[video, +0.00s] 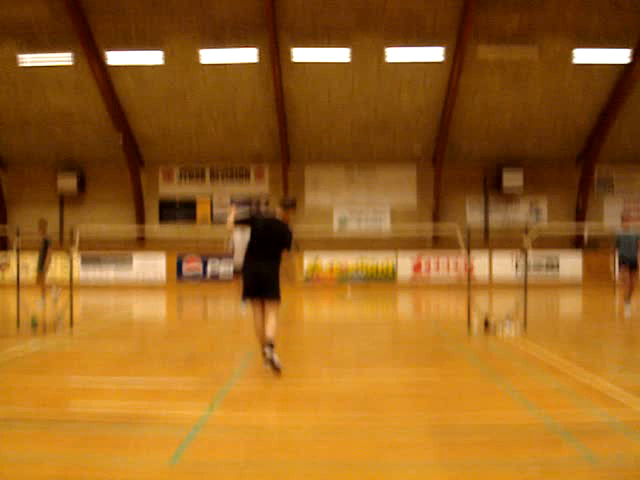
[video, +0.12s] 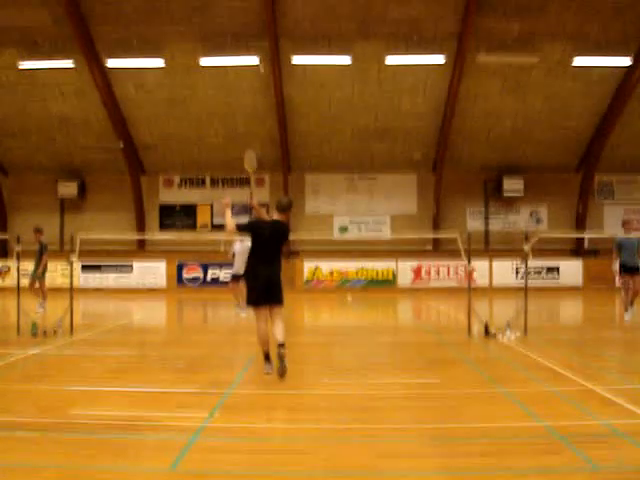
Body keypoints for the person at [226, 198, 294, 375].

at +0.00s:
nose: (289, 216)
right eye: (290, 213)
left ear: (275, 208)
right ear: (287, 213)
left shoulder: (258, 220)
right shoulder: (285, 230)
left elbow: (232, 225)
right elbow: (287, 254)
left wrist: (232, 213)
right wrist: (292, 277)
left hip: (252, 272)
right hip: (270, 274)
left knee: (258, 311)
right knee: (271, 309)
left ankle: (264, 349)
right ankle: (269, 343)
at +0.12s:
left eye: (276, 207)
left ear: (274, 208)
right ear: (289, 212)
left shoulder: (257, 225)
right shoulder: (284, 229)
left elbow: (231, 228)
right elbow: (268, 222)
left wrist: (227, 209)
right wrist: (257, 209)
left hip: (255, 275)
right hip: (273, 275)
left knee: (261, 319)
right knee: (277, 315)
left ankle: (267, 361)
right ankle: (281, 346)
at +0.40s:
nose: (269, 209)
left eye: (268, 206)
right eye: (277, 206)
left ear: (266, 208)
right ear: (281, 208)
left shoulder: (261, 227)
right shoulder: (281, 224)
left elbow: (248, 248)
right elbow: (261, 218)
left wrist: (228, 235)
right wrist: (249, 208)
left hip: (260, 275)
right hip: (277, 274)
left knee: (264, 317)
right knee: (279, 314)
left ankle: (268, 360)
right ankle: (290, 346)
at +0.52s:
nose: (263, 208)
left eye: (264, 204)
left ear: (263, 207)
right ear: (278, 207)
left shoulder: (262, 227)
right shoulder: (281, 224)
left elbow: (260, 256)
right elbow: (258, 220)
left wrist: (239, 259)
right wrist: (244, 209)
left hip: (262, 277)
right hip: (278, 276)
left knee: (264, 317)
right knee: (279, 314)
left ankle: (268, 358)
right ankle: (284, 346)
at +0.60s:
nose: (263, 209)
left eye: (263, 205)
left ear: (263, 207)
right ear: (278, 208)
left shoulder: (262, 227)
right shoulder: (281, 225)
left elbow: (263, 257)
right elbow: (260, 223)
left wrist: (245, 272)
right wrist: (246, 215)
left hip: (262, 277)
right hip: (278, 276)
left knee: (264, 318)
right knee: (280, 316)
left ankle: (268, 359)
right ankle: (284, 351)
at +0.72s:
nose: (263, 210)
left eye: (263, 207)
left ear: (262, 209)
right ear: (278, 210)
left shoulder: (259, 229)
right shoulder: (282, 229)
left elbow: (261, 260)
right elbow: (284, 257)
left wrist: (261, 286)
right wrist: (281, 279)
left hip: (262, 281)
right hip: (278, 281)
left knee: (263, 321)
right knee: (279, 320)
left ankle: (267, 360)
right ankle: (283, 361)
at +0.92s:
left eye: (262, 207)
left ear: (261, 209)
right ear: (276, 210)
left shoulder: (253, 229)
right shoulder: (281, 231)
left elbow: (252, 260)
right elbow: (284, 260)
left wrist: (248, 283)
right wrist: (283, 280)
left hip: (258, 282)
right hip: (276, 282)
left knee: (259, 322)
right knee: (278, 323)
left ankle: (263, 360)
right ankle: (283, 367)